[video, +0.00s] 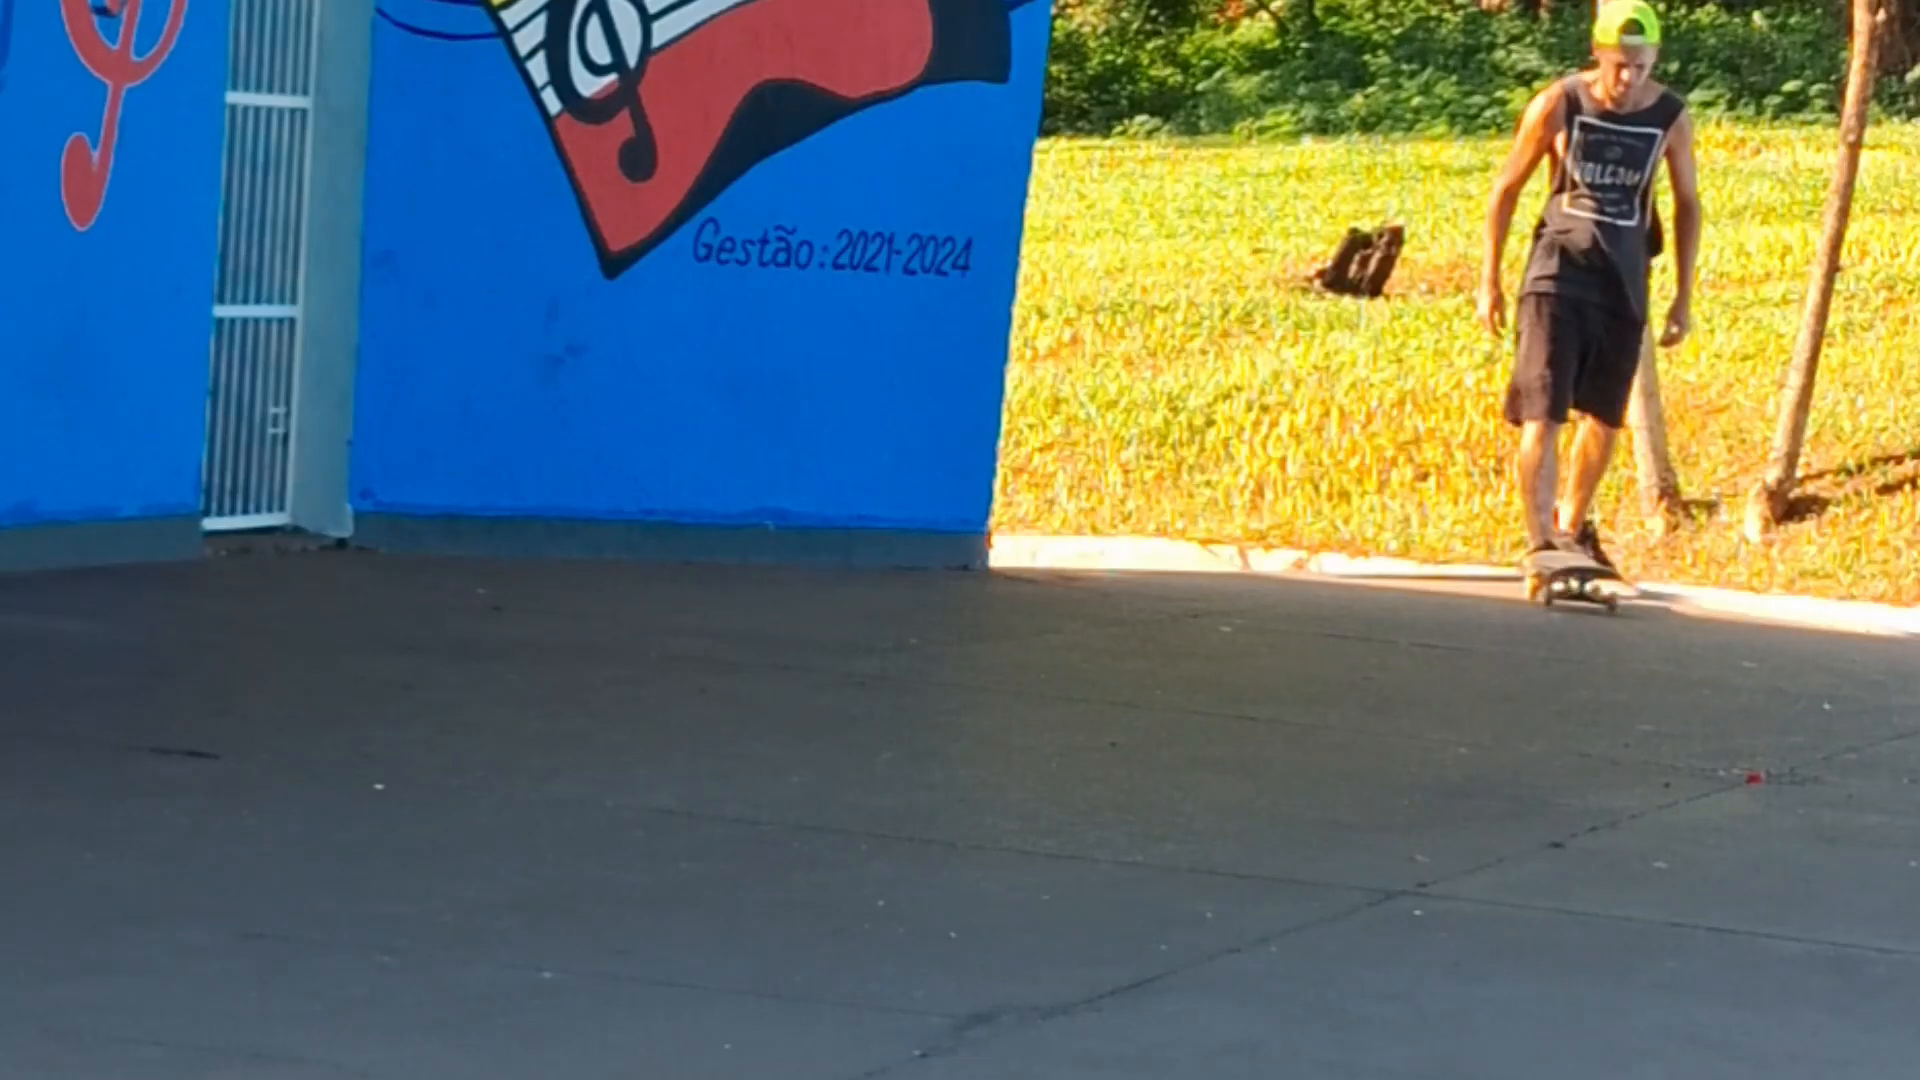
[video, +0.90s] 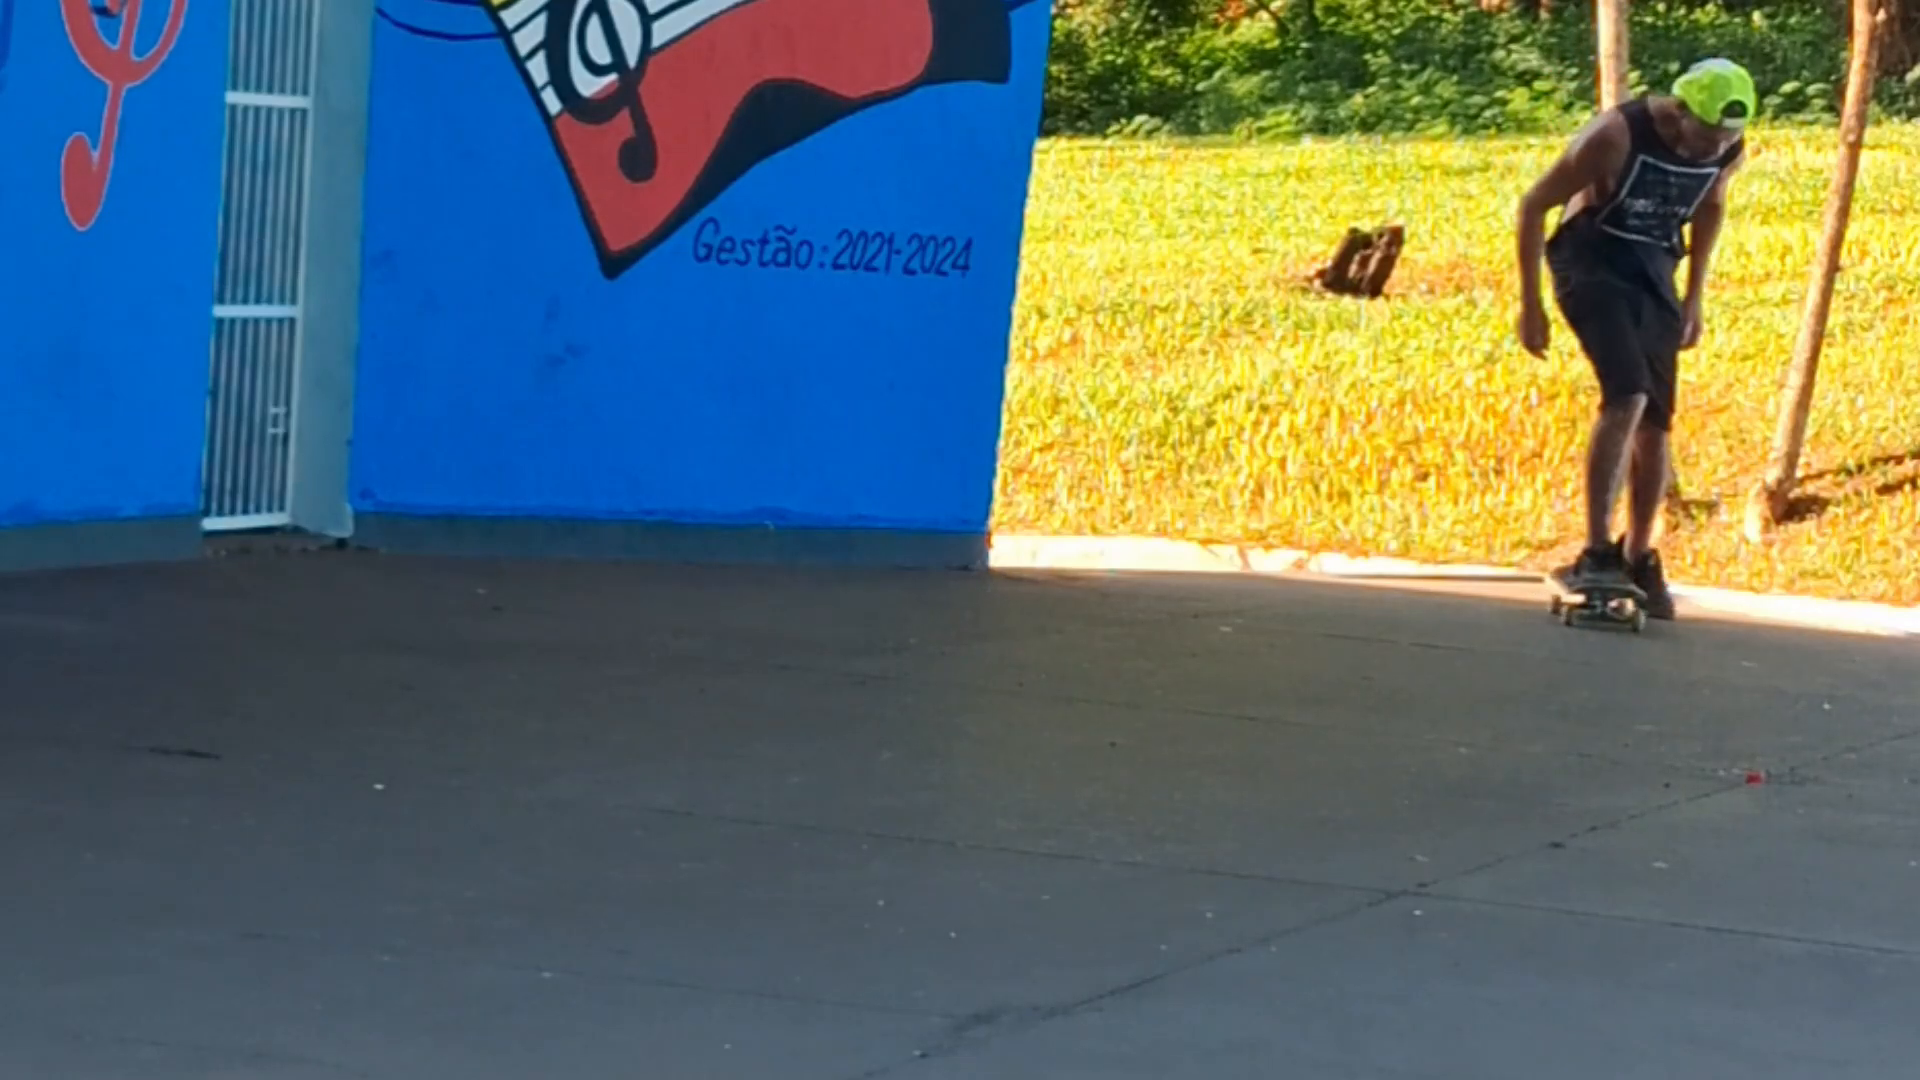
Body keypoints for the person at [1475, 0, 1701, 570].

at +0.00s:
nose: (1628, 77)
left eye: (1639, 66)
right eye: (1618, 64)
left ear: (1653, 60)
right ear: (1596, 53)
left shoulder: (1670, 114)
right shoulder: (1556, 105)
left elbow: (1687, 204)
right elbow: (1506, 189)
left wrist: (1683, 294)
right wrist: (1489, 280)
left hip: (1624, 280)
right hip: (1558, 273)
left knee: (1605, 417)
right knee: (1543, 412)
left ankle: (1575, 528)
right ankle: (1541, 543)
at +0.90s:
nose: (1719, 144)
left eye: (1728, 135)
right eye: (1711, 131)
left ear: (1738, 128)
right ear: (1681, 112)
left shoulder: (1729, 149)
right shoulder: (1616, 134)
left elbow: (1710, 207)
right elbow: (1533, 205)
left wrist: (1694, 297)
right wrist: (1531, 304)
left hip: (1654, 274)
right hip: (1591, 263)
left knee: (1655, 419)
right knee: (1626, 395)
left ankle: (1639, 555)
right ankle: (1597, 553)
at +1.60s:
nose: (1812, 124)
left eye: (1822, 117)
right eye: (1813, 110)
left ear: (1792, 86)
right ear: (1784, 77)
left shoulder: (1748, 122)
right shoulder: (1696, 92)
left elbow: (1658, 181)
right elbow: (1579, 151)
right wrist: (1579, 261)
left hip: (1647, 267)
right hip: (1598, 259)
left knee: (1675, 410)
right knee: (1632, 410)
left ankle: (1620, 572)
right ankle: (1600, 579)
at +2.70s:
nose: (1821, 210)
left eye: (1835, 204)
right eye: (1832, 194)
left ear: (1811, 149)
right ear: (1812, 151)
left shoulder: (1730, 167)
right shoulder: (1717, 143)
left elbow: (1608, 231)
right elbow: (1595, 203)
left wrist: (1600, 331)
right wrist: (1591, 334)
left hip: (1558, 268)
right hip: (1518, 260)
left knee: (1637, 439)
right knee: (1597, 441)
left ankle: (1568, 623)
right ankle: (1543, 632)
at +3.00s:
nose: (1790, 230)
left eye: (1804, 225)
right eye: (1801, 215)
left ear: (1785, 177)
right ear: (1784, 172)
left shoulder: (1700, 185)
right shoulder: (1693, 157)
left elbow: (1572, 249)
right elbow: (1561, 217)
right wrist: (1554, 357)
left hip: (1514, 266)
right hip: (1474, 254)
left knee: (1598, 439)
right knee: (1565, 438)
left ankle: (1521, 633)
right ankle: (1466, 621)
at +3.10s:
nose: (1776, 238)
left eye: (1790, 233)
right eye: (1787, 222)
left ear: (1773, 182)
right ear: (1771, 178)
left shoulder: (1683, 190)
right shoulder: (1679, 161)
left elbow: (1556, 264)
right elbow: (1547, 227)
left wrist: (1481, 398)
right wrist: (1533, 368)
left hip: (1499, 267)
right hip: (1455, 254)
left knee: (1578, 443)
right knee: (1549, 442)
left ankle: (1500, 640)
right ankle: (1448, 629)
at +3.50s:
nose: (1702, 281)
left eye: (1717, 276)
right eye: (1716, 267)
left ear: (1696, 217)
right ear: (1699, 223)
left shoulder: (1614, 210)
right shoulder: (1608, 205)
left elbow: (1490, 308)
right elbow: (1490, 297)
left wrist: (1424, 480)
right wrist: (1482, 449)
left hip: (1405, 275)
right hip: (1364, 270)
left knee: (1518, 445)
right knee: (1478, 469)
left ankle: (1416, 651)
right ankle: (1351, 641)